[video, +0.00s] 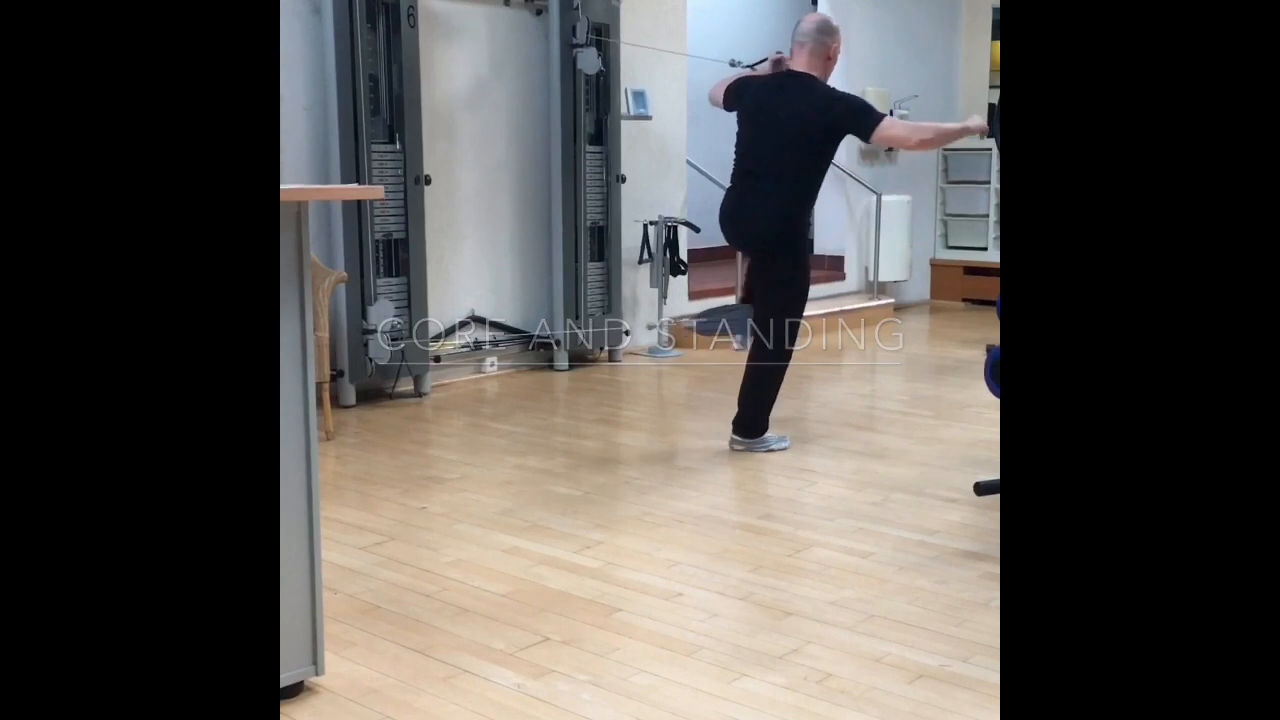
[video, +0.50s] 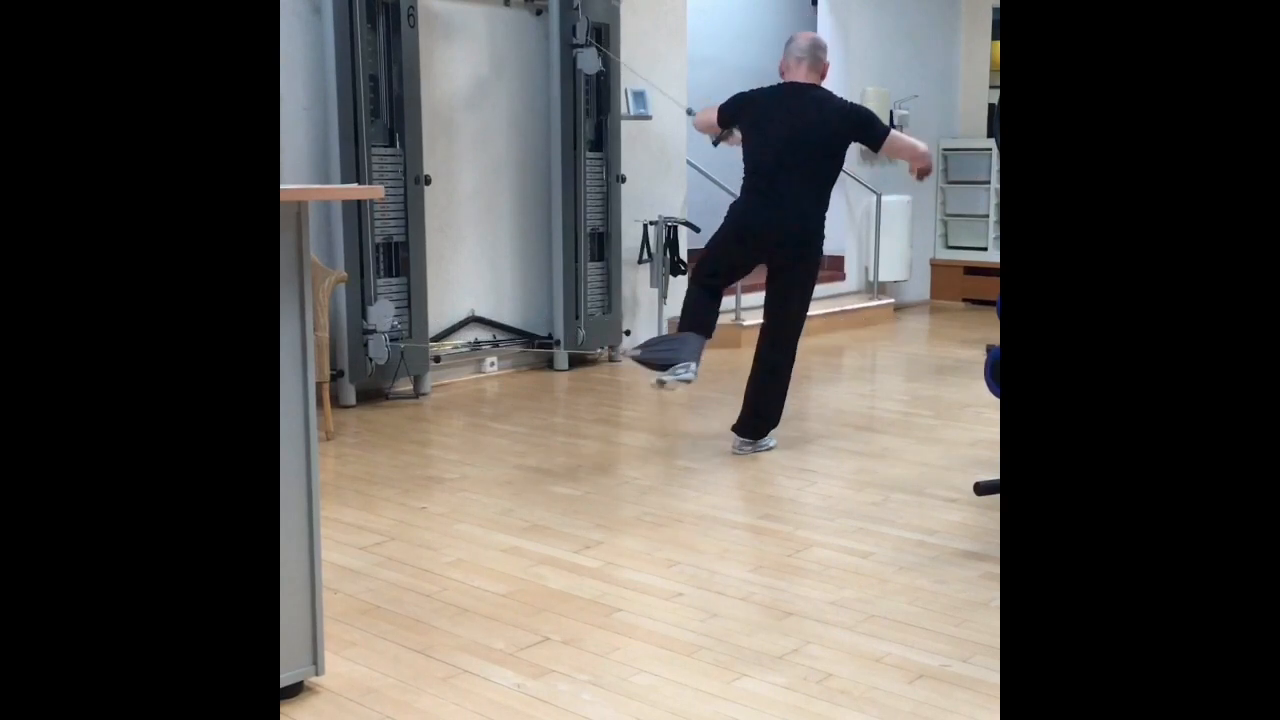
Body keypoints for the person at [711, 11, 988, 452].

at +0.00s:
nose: (835, 59)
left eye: (832, 53)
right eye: (837, 53)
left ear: (791, 49)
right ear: (833, 54)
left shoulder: (754, 87)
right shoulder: (837, 105)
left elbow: (716, 94)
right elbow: (912, 137)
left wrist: (761, 70)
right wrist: (969, 127)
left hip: (734, 219)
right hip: (782, 231)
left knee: (761, 246)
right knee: (776, 331)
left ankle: (746, 313)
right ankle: (748, 431)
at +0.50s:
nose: (784, 69)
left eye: (784, 63)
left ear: (784, 66)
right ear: (826, 70)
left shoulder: (755, 101)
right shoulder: (845, 112)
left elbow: (703, 121)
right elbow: (915, 150)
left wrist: (736, 135)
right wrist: (922, 162)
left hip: (748, 225)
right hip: (802, 238)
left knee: (707, 278)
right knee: (780, 337)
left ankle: (688, 351)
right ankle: (752, 433)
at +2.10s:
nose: (844, 169)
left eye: (839, 162)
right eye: (844, 163)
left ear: (806, 153)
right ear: (840, 161)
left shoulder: (776, 169)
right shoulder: (844, 179)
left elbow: (746, 209)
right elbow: (897, 230)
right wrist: (935, 281)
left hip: (748, 230)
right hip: (799, 245)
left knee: (704, 298)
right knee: (787, 339)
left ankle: (643, 351)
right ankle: (751, 433)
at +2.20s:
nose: (842, 171)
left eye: (836, 164)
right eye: (842, 166)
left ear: (806, 156)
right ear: (838, 164)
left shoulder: (776, 171)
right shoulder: (844, 180)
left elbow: (747, 210)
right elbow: (896, 230)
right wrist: (935, 281)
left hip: (748, 230)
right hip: (798, 244)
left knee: (705, 295)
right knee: (787, 338)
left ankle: (642, 346)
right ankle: (751, 432)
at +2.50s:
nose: (840, 177)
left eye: (833, 172)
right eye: (839, 171)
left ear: (801, 165)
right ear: (835, 168)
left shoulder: (774, 179)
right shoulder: (841, 181)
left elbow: (746, 218)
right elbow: (893, 225)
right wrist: (939, 273)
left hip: (746, 233)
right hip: (796, 244)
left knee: (708, 301)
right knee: (788, 338)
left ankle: (647, 357)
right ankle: (751, 432)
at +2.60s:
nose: (839, 177)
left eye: (832, 172)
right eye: (839, 172)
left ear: (800, 166)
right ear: (835, 169)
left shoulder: (773, 180)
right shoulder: (840, 181)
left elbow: (747, 220)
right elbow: (892, 223)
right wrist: (939, 271)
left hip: (746, 234)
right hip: (796, 244)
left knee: (708, 305)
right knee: (788, 338)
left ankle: (652, 360)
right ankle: (751, 432)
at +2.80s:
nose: (833, 171)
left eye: (823, 165)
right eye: (835, 167)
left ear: (800, 160)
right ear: (834, 165)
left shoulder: (773, 176)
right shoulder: (840, 180)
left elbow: (746, 217)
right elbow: (892, 222)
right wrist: (935, 272)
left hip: (744, 236)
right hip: (794, 247)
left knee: (707, 310)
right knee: (788, 340)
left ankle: (656, 373)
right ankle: (751, 432)